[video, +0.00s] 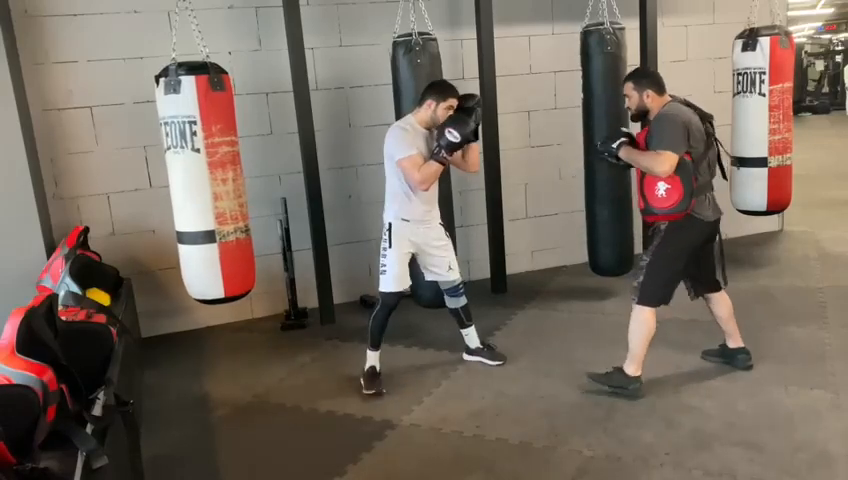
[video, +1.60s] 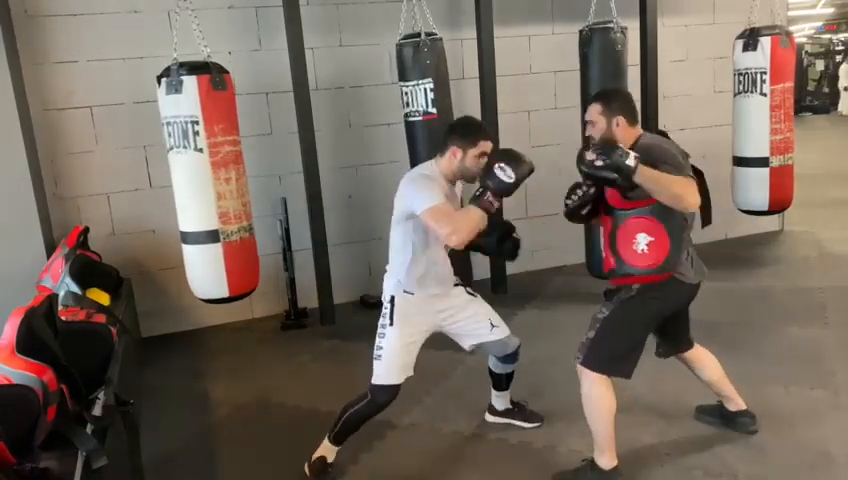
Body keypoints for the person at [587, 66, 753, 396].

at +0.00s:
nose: (626, 104)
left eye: (629, 97)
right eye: (626, 97)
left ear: (647, 94)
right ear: (654, 93)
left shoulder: (668, 119)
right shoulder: (679, 112)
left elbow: (663, 164)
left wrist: (624, 150)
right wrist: (635, 148)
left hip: (682, 222)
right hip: (703, 218)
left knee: (647, 296)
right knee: (710, 285)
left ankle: (630, 373)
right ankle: (736, 347)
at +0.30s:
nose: (602, 114)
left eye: (603, 107)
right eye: (600, 108)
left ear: (620, 104)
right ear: (632, 100)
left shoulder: (639, 127)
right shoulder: (662, 116)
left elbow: (638, 178)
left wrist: (592, 204)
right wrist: (615, 136)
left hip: (670, 224)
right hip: (697, 219)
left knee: (633, 297)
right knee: (685, 278)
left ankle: (625, 377)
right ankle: (717, 342)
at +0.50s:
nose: (625, 116)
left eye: (630, 108)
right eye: (623, 109)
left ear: (658, 104)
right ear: (663, 106)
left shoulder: (670, 141)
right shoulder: (691, 129)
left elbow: (665, 204)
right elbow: (661, 184)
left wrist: (604, 197)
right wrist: (626, 149)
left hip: (694, 263)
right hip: (723, 255)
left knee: (640, 348)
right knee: (705, 327)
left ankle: (639, 447)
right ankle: (741, 405)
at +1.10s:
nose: (604, 120)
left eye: (610, 112)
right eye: (602, 112)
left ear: (638, 111)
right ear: (638, 113)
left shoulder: (660, 147)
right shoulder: (640, 145)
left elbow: (675, 209)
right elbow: (609, 188)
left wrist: (608, 197)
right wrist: (592, 151)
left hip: (663, 273)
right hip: (667, 268)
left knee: (613, 363)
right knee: (687, 344)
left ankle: (604, 461)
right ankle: (738, 408)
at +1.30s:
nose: (581, 140)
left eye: (585, 132)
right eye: (580, 132)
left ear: (611, 131)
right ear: (602, 132)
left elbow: (693, 216)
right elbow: (566, 198)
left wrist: (647, 177)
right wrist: (547, 200)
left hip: (657, 279)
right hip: (625, 277)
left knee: (601, 365)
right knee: (654, 350)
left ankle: (605, 465)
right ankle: (723, 394)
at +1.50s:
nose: (581, 139)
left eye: (586, 131)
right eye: (579, 131)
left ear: (612, 128)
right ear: (607, 129)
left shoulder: (662, 156)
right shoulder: (605, 164)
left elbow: (682, 211)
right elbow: (581, 226)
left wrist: (626, 174)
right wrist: (572, 201)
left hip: (656, 283)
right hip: (633, 280)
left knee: (593, 368)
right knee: (663, 354)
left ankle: (605, 464)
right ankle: (728, 409)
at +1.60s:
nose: (589, 133)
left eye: (593, 124)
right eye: (587, 126)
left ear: (620, 122)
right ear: (620, 125)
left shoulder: (653, 149)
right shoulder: (626, 157)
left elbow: (689, 199)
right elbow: (631, 207)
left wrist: (629, 169)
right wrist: (590, 205)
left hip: (651, 281)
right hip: (678, 274)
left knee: (592, 366)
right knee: (682, 345)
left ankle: (605, 462)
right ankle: (737, 409)